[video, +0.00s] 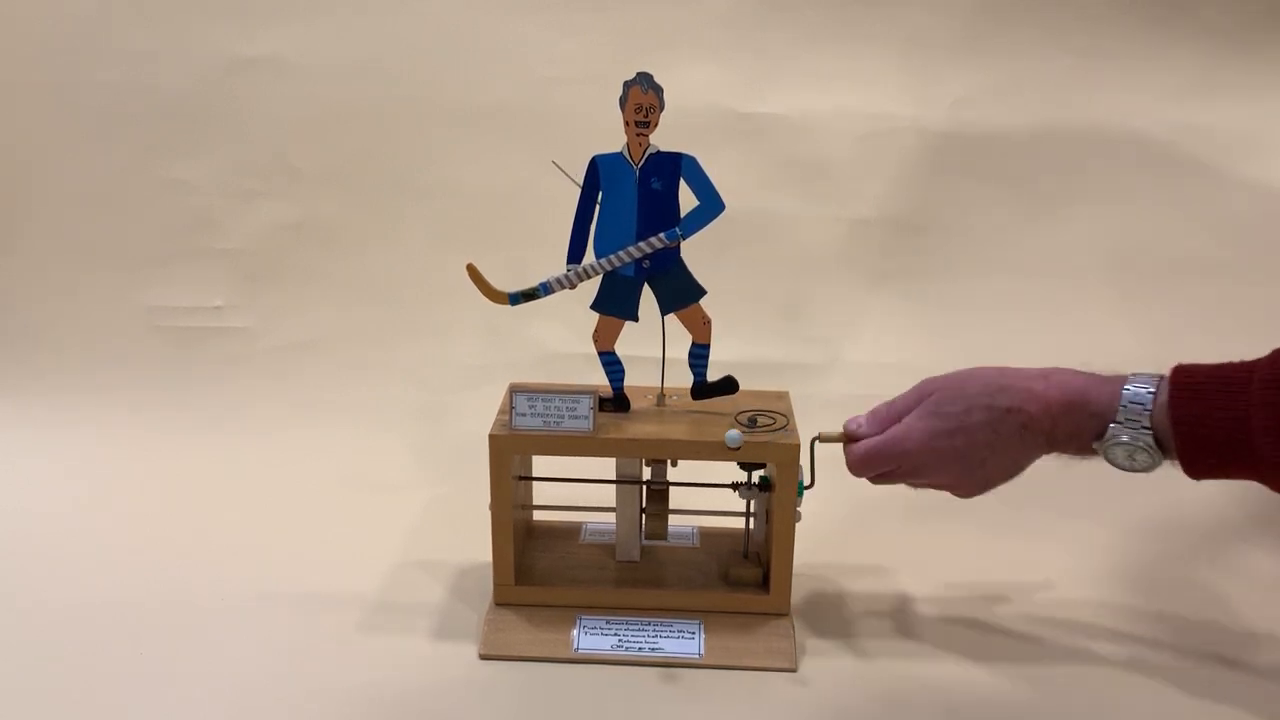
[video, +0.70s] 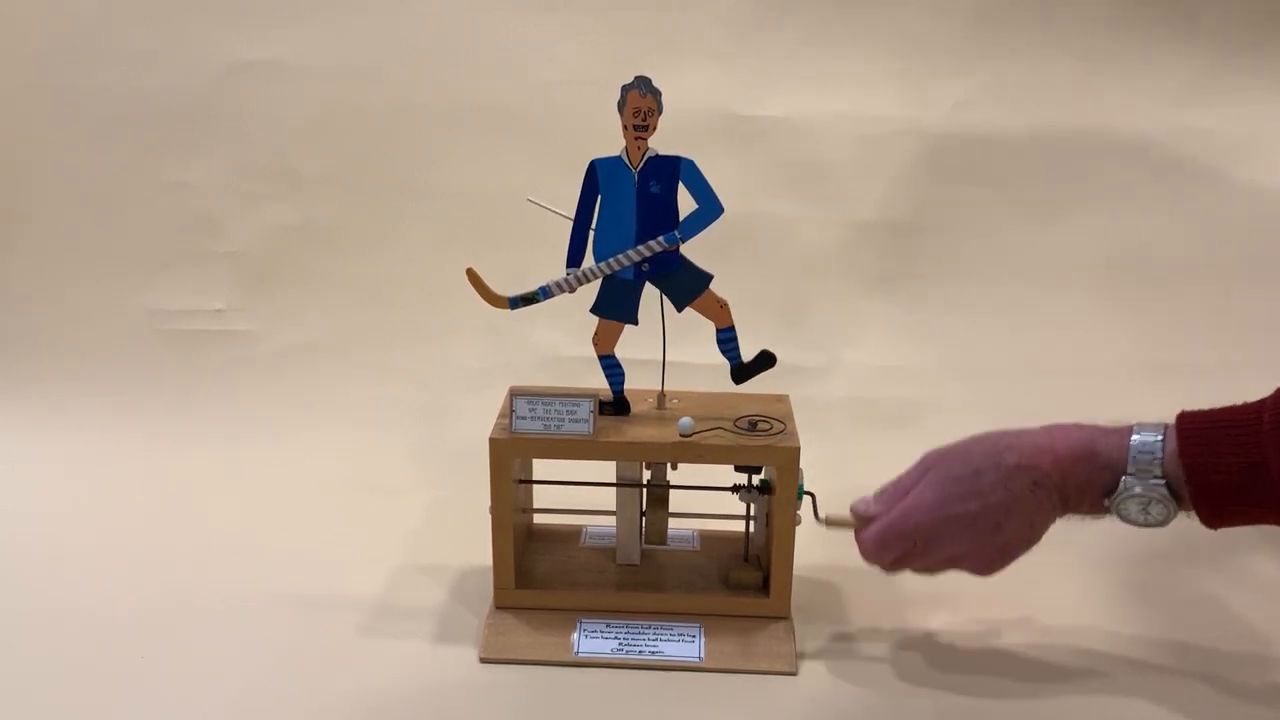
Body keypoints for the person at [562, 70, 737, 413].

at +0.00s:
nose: (644, 116)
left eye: (651, 109)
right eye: (637, 108)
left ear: (660, 115)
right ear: (622, 112)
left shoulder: (678, 163)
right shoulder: (601, 165)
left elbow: (714, 205)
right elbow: (582, 220)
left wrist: (675, 235)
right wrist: (573, 267)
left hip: (665, 265)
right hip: (620, 267)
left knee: (701, 326)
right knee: (603, 339)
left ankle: (700, 385)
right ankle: (619, 396)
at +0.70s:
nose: (642, 118)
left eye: (649, 112)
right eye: (635, 111)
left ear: (658, 119)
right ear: (621, 116)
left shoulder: (676, 167)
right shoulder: (600, 169)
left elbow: (713, 208)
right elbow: (582, 223)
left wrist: (674, 239)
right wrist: (572, 271)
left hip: (666, 262)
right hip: (621, 268)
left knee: (720, 311)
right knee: (603, 343)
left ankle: (738, 368)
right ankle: (618, 400)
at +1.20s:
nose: (647, 121)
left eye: (654, 114)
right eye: (640, 113)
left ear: (663, 122)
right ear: (626, 118)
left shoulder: (681, 170)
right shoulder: (604, 171)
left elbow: (716, 211)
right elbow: (585, 224)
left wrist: (676, 241)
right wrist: (575, 270)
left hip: (667, 270)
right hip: (621, 272)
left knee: (706, 330)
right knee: (603, 344)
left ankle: (707, 389)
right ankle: (618, 402)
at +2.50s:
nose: (643, 121)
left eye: (651, 115)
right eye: (637, 113)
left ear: (660, 121)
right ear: (622, 118)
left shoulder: (676, 170)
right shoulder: (601, 171)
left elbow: (713, 211)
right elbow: (581, 225)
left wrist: (675, 241)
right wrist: (571, 273)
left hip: (661, 277)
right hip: (617, 277)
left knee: (675, 343)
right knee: (600, 344)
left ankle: (658, 400)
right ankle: (615, 401)